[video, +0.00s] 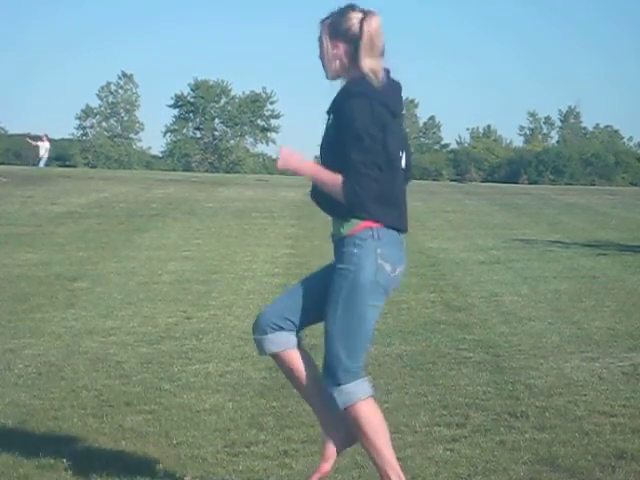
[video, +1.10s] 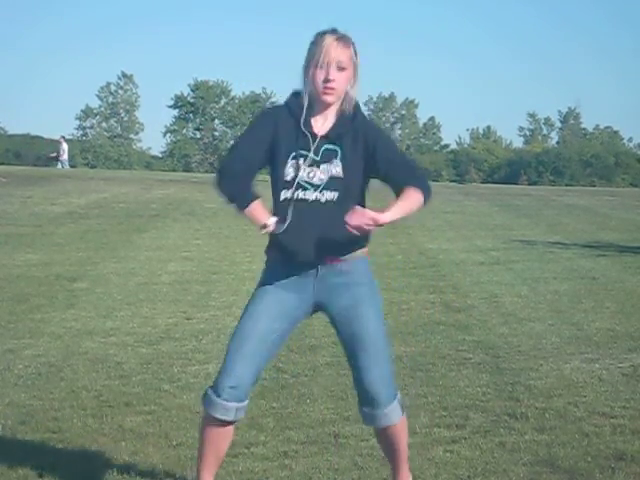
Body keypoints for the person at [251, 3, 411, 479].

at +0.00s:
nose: (319, 54)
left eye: (324, 45)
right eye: (321, 45)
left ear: (344, 48)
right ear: (352, 48)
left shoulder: (358, 98)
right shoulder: (378, 95)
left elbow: (364, 189)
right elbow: (400, 172)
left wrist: (305, 168)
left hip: (367, 248)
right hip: (372, 246)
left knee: (344, 377)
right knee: (272, 325)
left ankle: (395, 474)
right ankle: (334, 425)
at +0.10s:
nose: (312, 20)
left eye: (317, 10)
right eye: (313, 11)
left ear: (348, 9)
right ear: (349, 12)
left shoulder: (362, 65)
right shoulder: (355, 66)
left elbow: (344, 161)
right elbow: (353, 161)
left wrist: (282, 130)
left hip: (373, 225)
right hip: (351, 225)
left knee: (363, 357)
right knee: (278, 314)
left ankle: (391, 470)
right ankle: (315, 429)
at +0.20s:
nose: (319, 16)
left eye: (329, 5)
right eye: (316, 7)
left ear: (362, 7)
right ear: (318, 11)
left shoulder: (367, 57)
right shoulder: (346, 59)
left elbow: (306, 115)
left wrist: (228, 120)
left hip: (377, 221)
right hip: (337, 219)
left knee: (370, 352)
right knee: (295, 332)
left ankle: (393, 464)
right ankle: (297, 450)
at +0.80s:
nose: (331, 45)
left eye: (341, 34)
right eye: (323, 38)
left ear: (365, 36)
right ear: (317, 44)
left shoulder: (378, 76)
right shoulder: (318, 85)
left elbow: (317, 99)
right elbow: (302, 152)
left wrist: (245, 77)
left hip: (356, 249)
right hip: (290, 242)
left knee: (387, 367)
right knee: (249, 357)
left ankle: (406, 470)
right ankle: (219, 470)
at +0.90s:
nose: (330, 72)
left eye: (341, 63)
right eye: (322, 63)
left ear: (361, 67)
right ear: (314, 69)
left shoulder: (374, 119)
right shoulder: (305, 118)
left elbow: (356, 192)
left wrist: (302, 148)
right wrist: (357, 20)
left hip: (350, 280)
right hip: (284, 273)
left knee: (382, 392)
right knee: (229, 382)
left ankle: (400, 475)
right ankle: (201, 474)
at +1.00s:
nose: (330, 86)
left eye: (341, 78)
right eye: (322, 77)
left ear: (357, 88)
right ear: (310, 86)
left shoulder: (375, 155)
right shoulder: (277, 146)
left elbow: (409, 230)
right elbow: (228, 205)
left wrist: (355, 214)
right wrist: (255, 219)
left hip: (348, 303)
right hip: (279, 299)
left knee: (381, 416)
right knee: (213, 400)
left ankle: (400, 477)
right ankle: (199, 478)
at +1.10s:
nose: (329, 75)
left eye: (339, 68)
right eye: (321, 65)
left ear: (353, 76)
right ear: (307, 70)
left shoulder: (362, 130)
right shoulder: (277, 120)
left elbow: (418, 185)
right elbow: (231, 174)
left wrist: (386, 216)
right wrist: (270, 224)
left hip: (348, 273)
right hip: (285, 273)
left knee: (380, 395)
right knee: (228, 389)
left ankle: (402, 475)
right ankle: (203, 477)